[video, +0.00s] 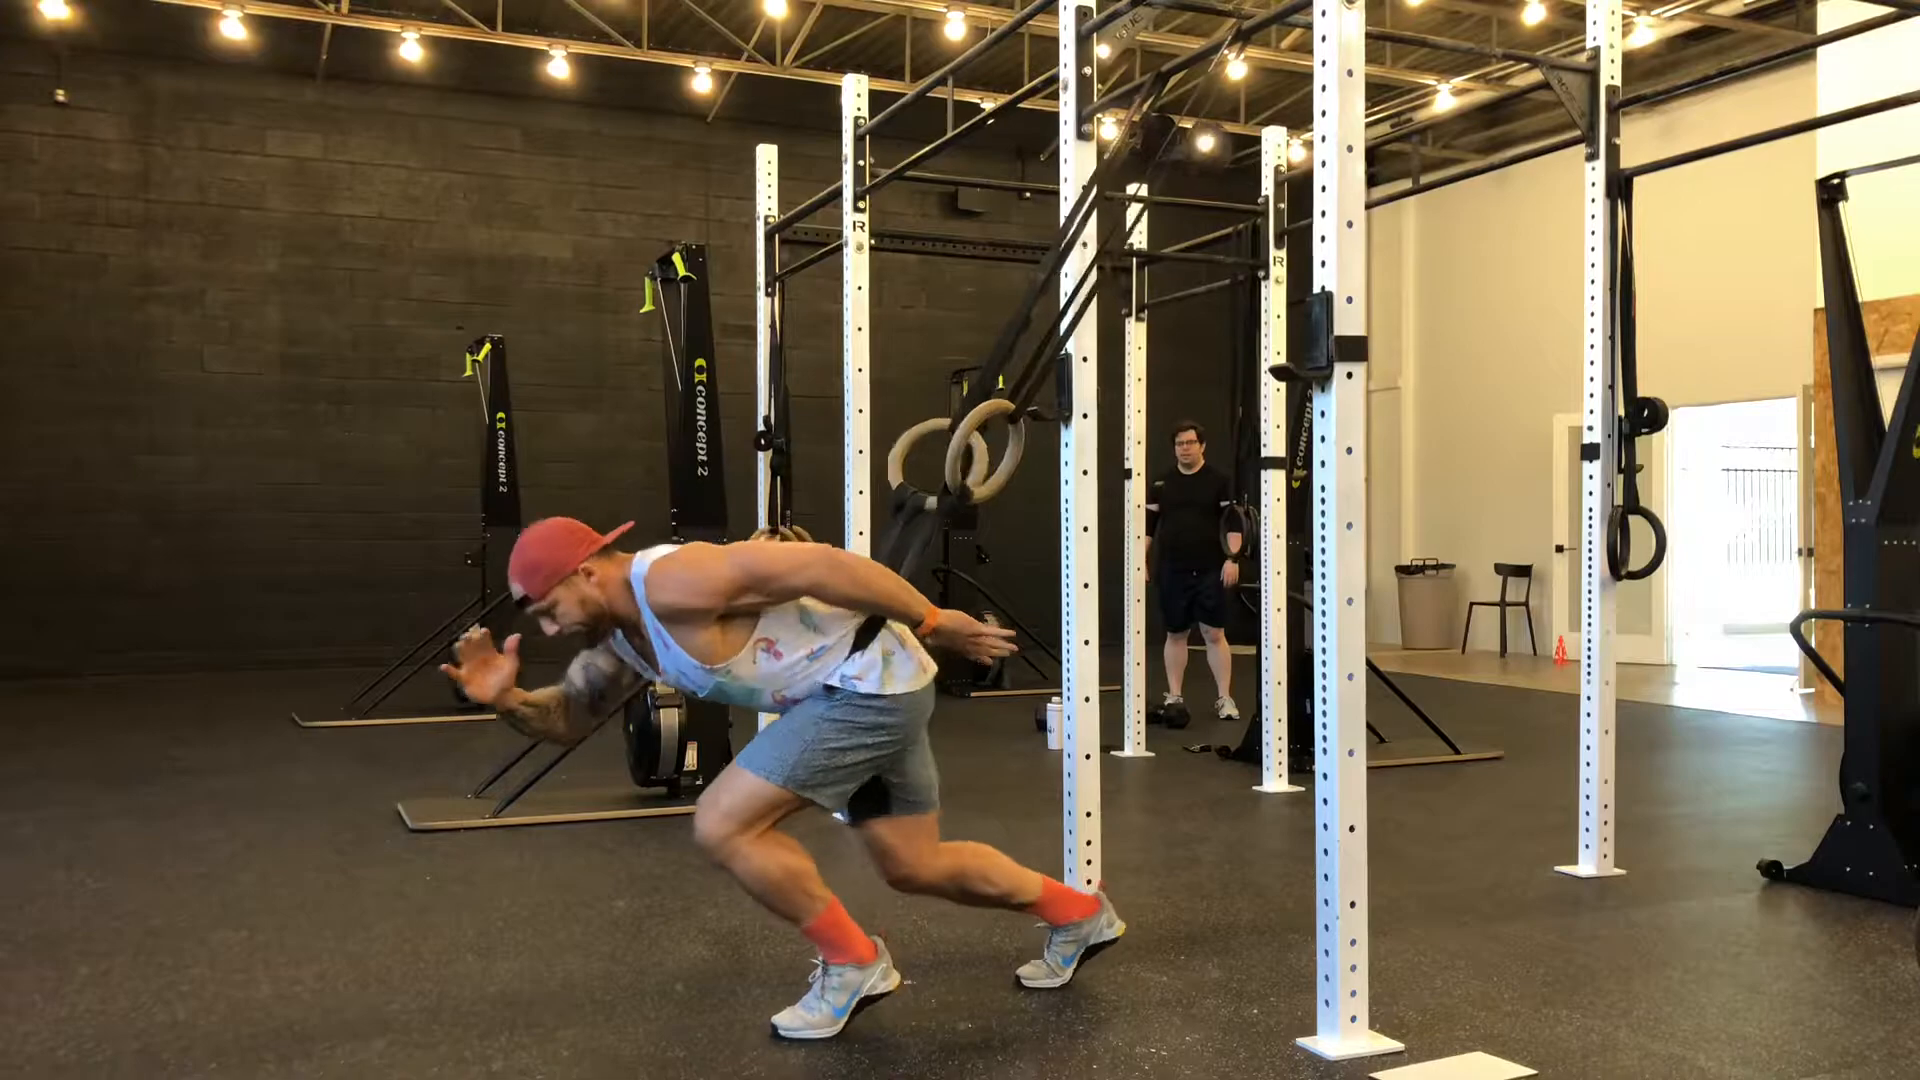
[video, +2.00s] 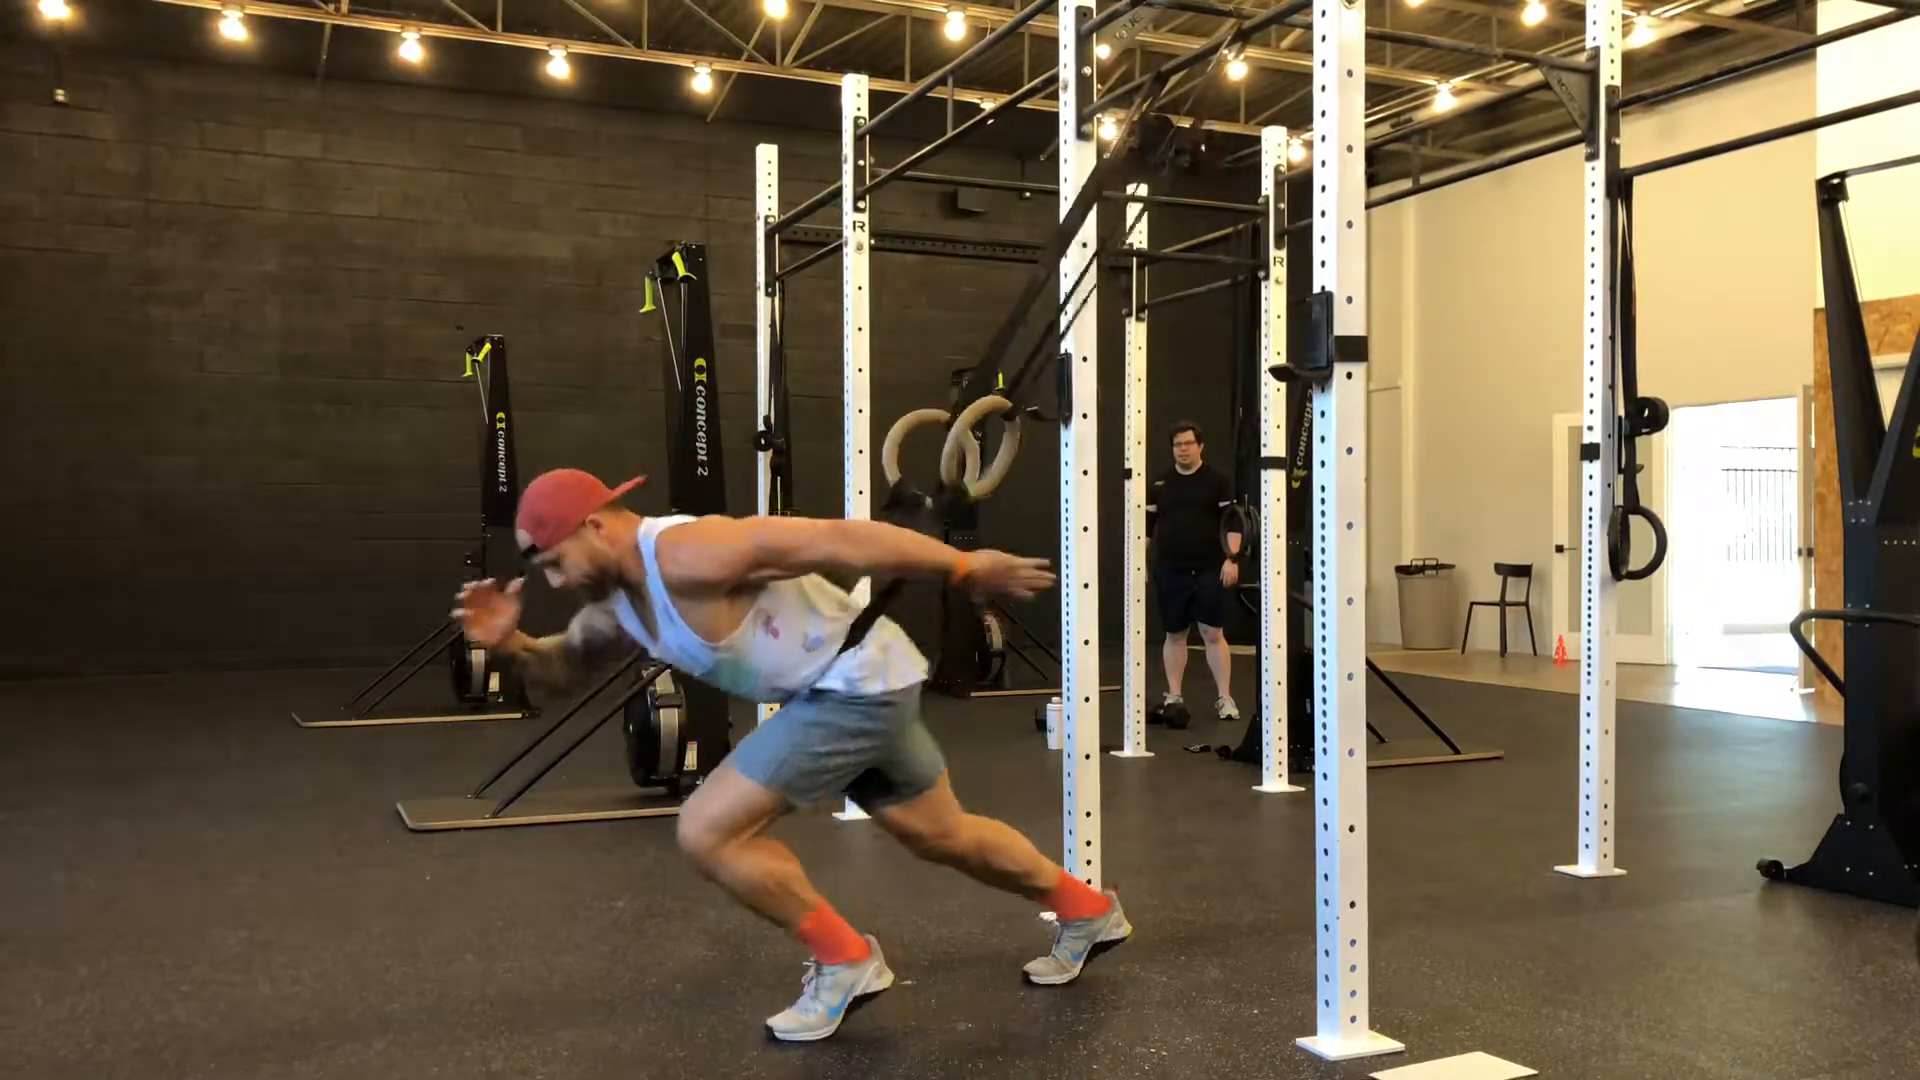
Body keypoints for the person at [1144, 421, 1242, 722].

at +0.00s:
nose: (1184, 448)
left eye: (1189, 443)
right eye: (1179, 444)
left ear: (1202, 446)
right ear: (1173, 448)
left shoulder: (1218, 481)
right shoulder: (1162, 484)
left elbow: (1233, 522)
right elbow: (1148, 526)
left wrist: (1232, 558)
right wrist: (1142, 560)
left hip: (1210, 570)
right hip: (1172, 570)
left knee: (1214, 634)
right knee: (1176, 634)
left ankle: (1224, 698)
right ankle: (1174, 696)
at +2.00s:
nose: (1182, 449)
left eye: (1188, 444)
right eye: (1177, 444)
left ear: (1200, 447)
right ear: (1171, 449)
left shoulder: (1217, 480)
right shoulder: (1162, 483)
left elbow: (1233, 521)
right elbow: (1148, 527)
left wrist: (1232, 558)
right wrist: (1142, 563)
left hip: (1209, 569)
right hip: (1171, 570)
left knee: (1212, 634)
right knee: (1175, 634)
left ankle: (1225, 698)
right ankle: (1174, 696)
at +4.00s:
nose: (1174, 451)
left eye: (1179, 445)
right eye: (1168, 446)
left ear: (1191, 448)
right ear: (1162, 450)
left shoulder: (1205, 482)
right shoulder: (1149, 484)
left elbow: (1219, 524)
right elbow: (1133, 524)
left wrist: (1219, 558)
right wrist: (1127, 556)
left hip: (1198, 569)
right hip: (1161, 569)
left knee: (1209, 631)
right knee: (1168, 634)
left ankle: (1226, 693)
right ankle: (1172, 695)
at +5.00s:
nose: (1217, 449)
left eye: (1223, 443)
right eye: (1213, 444)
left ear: (1233, 447)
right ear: (1205, 449)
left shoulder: (1246, 480)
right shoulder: (1192, 482)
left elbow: (1261, 521)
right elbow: (1175, 523)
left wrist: (1259, 561)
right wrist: (1172, 559)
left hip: (1235, 569)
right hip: (1197, 568)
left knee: (1231, 632)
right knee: (1190, 631)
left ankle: (1228, 696)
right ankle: (1174, 692)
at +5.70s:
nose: (1224, 449)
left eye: (1229, 444)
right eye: (1219, 445)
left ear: (1239, 448)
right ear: (1212, 449)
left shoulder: (1249, 483)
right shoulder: (1198, 483)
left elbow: (1265, 522)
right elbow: (1182, 524)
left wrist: (1264, 562)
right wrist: (1179, 561)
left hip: (1240, 570)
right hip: (1204, 568)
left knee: (1234, 632)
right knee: (1194, 629)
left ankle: (1228, 695)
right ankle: (1173, 691)